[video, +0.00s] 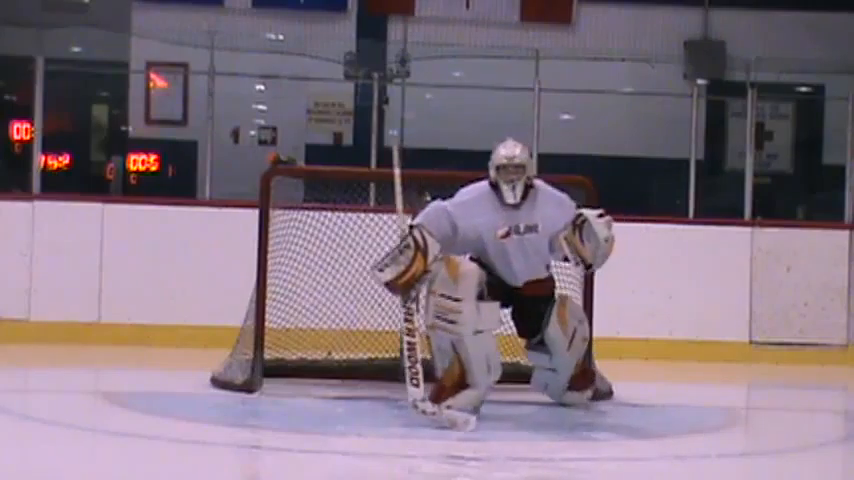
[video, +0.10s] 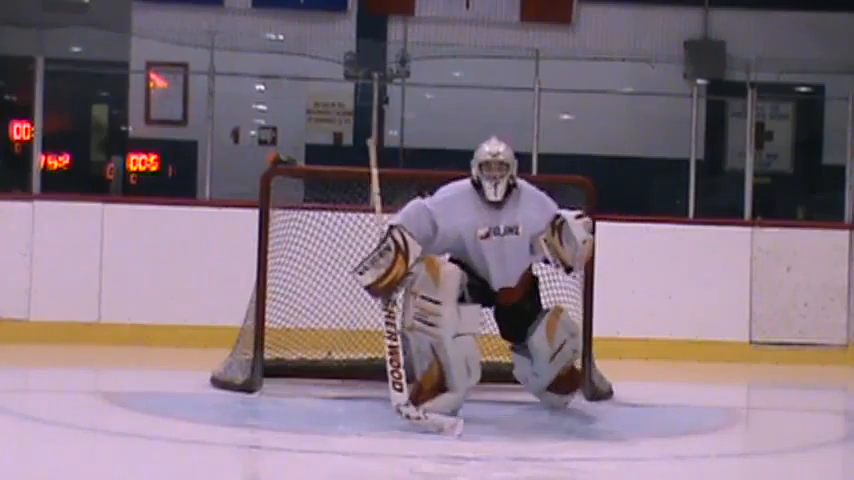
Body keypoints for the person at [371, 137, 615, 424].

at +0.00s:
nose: (511, 179)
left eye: (517, 171)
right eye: (504, 172)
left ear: (529, 172)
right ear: (493, 173)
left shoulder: (551, 202)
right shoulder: (473, 200)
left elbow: (571, 245)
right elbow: (436, 221)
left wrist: (589, 240)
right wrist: (415, 251)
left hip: (538, 283)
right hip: (491, 279)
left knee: (546, 340)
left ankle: (577, 385)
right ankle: (457, 384)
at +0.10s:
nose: (495, 177)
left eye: (501, 170)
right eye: (488, 170)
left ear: (513, 171)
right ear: (475, 172)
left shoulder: (532, 201)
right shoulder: (454, 199)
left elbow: (557, 234)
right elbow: (415, 220)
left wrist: (571, 239)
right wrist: (393, 250)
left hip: (519, 284)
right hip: (472, 283)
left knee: (530, 340)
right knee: (429, 292)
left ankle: (556, 384)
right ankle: (435, 382)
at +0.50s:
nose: (483, 142)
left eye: (488, 136)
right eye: (475, 135)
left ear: (496, 138)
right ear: (461, 138)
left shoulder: (506, 178)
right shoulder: (441, 169)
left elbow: (515, 232)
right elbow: (405, 214)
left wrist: (544, 220)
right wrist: (418, 254)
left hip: (480, 271)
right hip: (436, 267)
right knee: (435, 335)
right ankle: (411, 398)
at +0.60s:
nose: (484, 133)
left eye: (491, 126)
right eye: (477, 126)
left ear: (499, 130)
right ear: (463, 128)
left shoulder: (509, 169)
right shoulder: (442, 161)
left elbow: (513, 222)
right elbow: (408, 210)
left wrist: (546, 212)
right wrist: (419, 252)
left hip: (480, 262)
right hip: (440, 260)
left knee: (512, 331)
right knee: (443, 337)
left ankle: (527, 409)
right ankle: (412, 404)